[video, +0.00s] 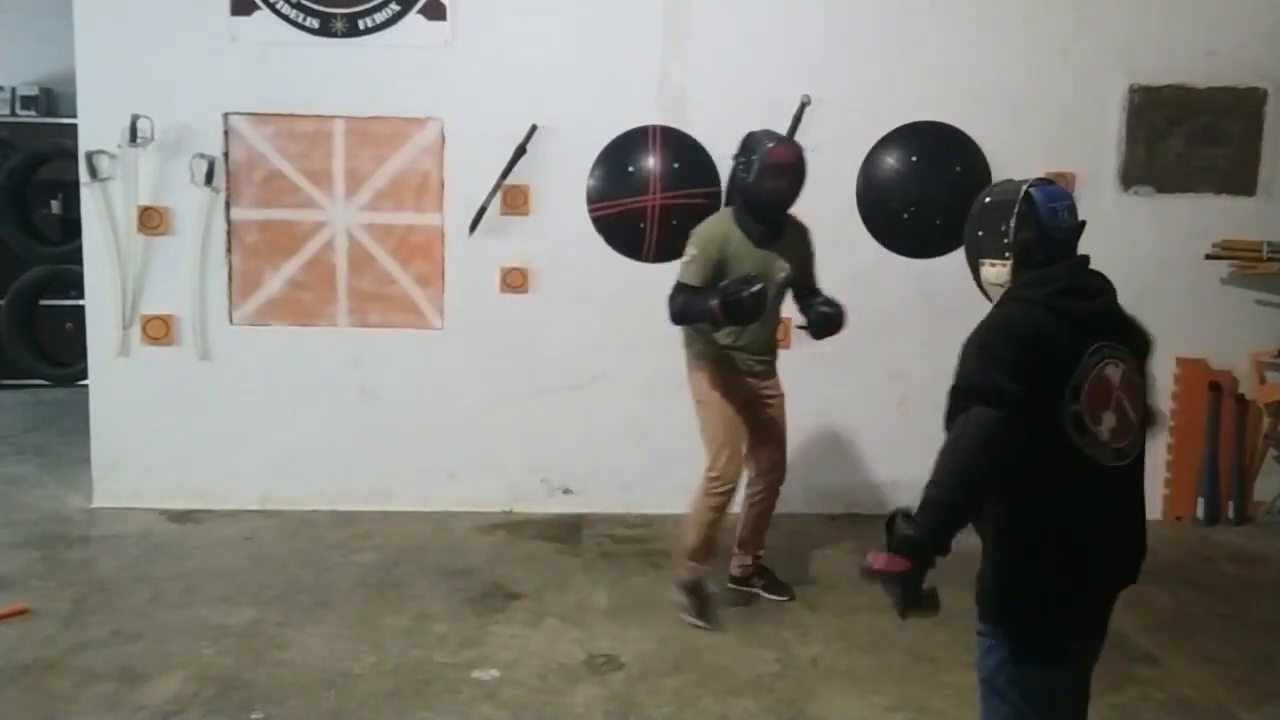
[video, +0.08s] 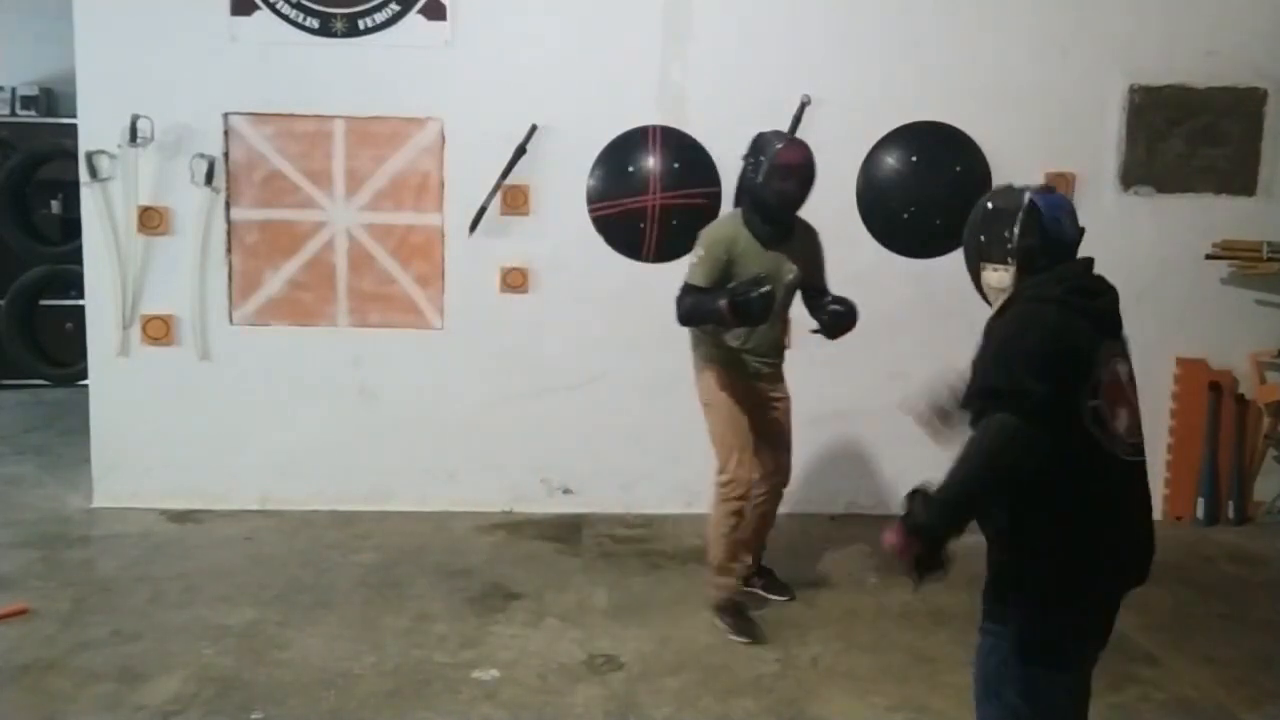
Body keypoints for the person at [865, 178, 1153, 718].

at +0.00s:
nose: (984, 259)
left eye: (990, 246)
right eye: (985, 245)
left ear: (1009, 247)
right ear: (1063, 240)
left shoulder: (1009, 330)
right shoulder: (1114, 321)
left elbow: (975, 446)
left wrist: (918, 539)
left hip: (1029, 566)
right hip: (1103, 556)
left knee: (1014, 697)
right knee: (1063, 696)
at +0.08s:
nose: (981, 267)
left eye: (986, 252)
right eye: (981, 253)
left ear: (1010, 251)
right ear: (1052, 247)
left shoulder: (1033, 320)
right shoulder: (1087, 301)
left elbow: (1003, 437)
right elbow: (1045, 392)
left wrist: (930, 521)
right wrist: (969, 398)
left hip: (1044, 561)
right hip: (1095, 549)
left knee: (1013, 695)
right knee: (1056, 690)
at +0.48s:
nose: (1001, 285)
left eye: (1006, 269)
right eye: (1000, 270)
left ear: (1028, 268)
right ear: (1070, 262)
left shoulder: (1038, 341)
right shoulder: (1117, 331)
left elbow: (1024, 455)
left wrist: (960, 513)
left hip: (1054, 567)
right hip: (1114, 557)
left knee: (1025, 695)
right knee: (1059, 691)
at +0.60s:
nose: (1019, 275)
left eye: (1026, 264)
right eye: (1024, 262)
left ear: (1041, 275)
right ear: (1111, 272)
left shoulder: (1008, 367)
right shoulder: (1178, 363)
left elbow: (957, 476)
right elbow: (1228, 470)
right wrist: (1152, 452)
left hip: (1040, 588)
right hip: (1135, 583)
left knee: (1029, 702)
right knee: (1077, 699)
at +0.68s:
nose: (1033, 284)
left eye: (1039, 272)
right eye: (1037, 270)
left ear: (1054, 277)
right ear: (1133, 279)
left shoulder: (1012, 367)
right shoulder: (1187, 367)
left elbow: (923, 440)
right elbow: (1250, 475)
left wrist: (916, 353)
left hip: (1043, 614)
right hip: (1143, 608)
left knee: (1031, 707)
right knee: (1093, 704)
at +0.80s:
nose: (1041, 269)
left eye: (1048, 256)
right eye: (1045, 256)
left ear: (1067, 264)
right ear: (1145, 265)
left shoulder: (1023, 349)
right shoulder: (1202, 354)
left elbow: (927, 412)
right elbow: (1267, 426)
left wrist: (928, 332)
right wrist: (1264, 327)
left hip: (1050, 603)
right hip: (1156, 600)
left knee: (1041, 704)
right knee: (1113, 704)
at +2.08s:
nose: (1022, 257)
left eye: (1028, 245)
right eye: (1025, 244)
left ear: (1047, 251)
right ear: (1104, 251)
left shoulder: (1032, 334)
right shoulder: (1135, 326)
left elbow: (994, 452)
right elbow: (1077, 400)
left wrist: (956, 507)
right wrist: (988, 380)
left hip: (1032, 546)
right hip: (1113, 545)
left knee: (966, 685)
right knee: (1059, 678)